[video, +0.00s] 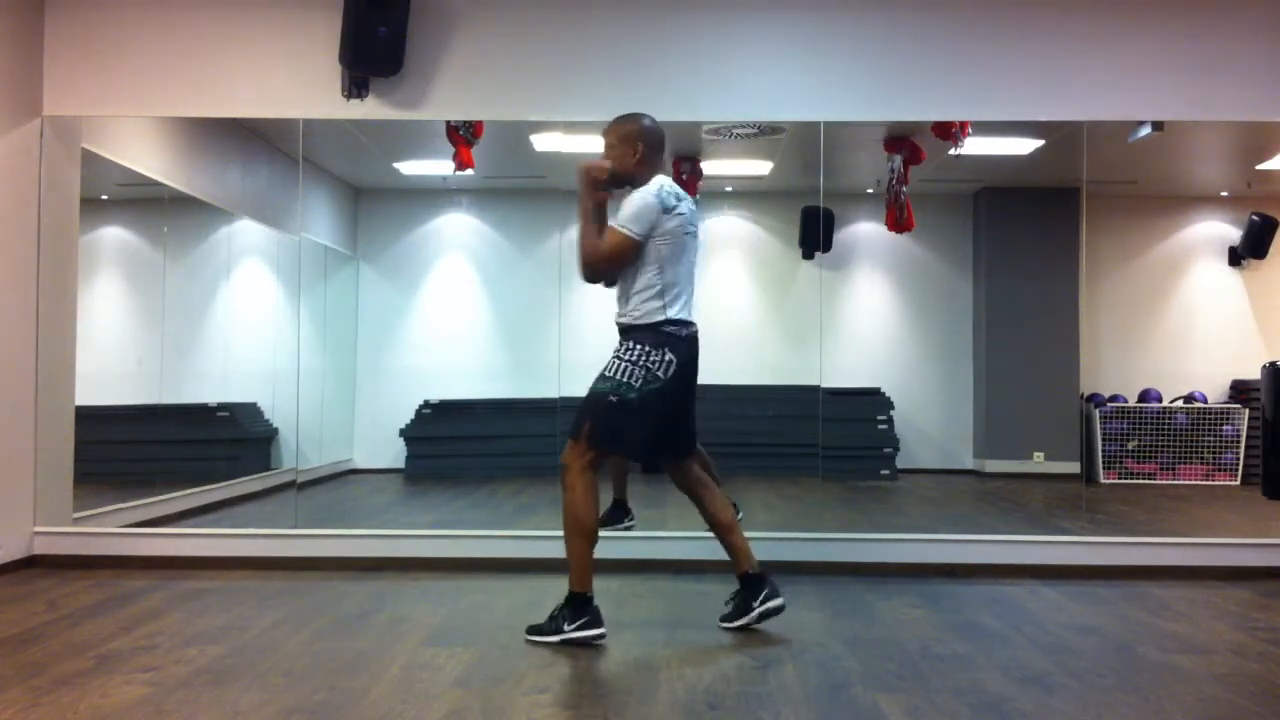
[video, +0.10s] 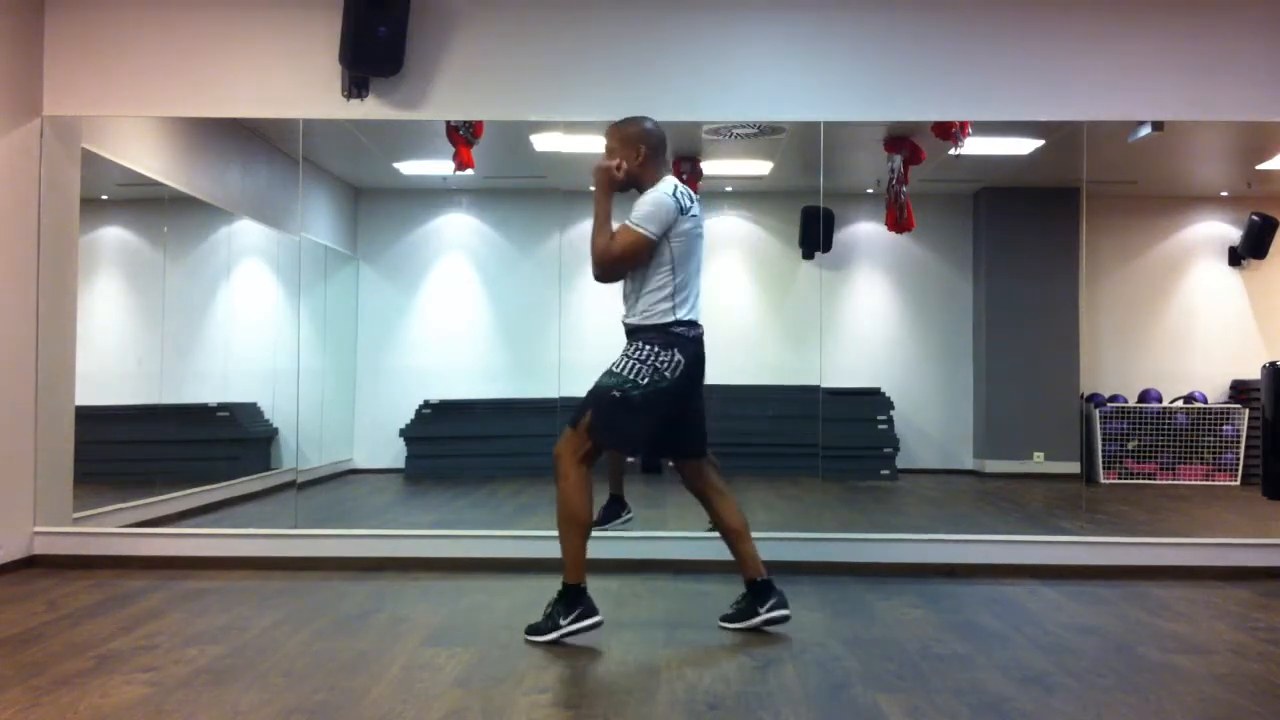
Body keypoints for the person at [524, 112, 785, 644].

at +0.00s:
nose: (604, 159)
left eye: (609, 149)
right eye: (605, 149)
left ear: (636, 151)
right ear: (649, 152)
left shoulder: (650, 197)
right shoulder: (672, 197)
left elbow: (593, 265)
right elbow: (603, 265)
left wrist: (590, 194)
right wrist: (597, 197)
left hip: (647, 347)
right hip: (673, 346)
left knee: (578, 460)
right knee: (684, 465)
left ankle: (579, 605)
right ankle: (753, 582)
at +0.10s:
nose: (610, 166)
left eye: (613, 156)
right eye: (610, 156)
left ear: (637, 156)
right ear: (653, 154)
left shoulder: (663, 198)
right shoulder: (675, 196)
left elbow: (604, 265)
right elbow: (612, 266)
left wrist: (603, 192)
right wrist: (607, 196)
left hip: (655, 349)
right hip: (677, 348)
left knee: (570, 455)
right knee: (698, 472)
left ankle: (573, 597)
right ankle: (761, 588)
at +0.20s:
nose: (612, 166)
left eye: (615, 157)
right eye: (612, 157)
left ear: (640, 156)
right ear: (660, 155)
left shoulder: (655, 200)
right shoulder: (690, 201)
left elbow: (600, 271)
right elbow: (624, 269)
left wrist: (603, 203)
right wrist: (616, 205)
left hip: (655, 350)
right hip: (685, 349)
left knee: (573, 460)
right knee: (708, 478)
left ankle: (576, 604)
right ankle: (764, 594)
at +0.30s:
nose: (609, 165)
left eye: (613, 155)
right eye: (610, 156)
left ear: (636, 153)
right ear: (660, 153)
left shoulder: (637, 199)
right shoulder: (698, 204)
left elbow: (576, 263)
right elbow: (665, 270)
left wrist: (571, 199)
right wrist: (610, 242)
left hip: (649, 350)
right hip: (685, 349)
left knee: (574, 463)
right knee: (695, 472)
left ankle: (579, 607)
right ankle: (755, 587)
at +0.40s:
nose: (598, 163)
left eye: (603, 153)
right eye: (599, 153)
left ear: (631, 152)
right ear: (646, 152)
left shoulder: (631, 194)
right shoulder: (690, 203)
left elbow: (566, 255)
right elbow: (646, 290)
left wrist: (543, 197)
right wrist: (599, 267)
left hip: (642, 350)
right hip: (673, 348)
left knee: (571, 464)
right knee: (670, 472)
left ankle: (578, 608)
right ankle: (745, 577)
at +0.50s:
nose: (591, 162)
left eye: (595, 151)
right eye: (590, 152)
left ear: (626, 149)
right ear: (630, 149)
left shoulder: (652, 192)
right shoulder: (635, 196)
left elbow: (590, 253)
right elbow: (593, 260)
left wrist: (574, 189)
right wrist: (582, 193)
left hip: (643, 349)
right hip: (636, 348)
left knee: (573, 463)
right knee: (643, 474)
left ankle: (580, 609)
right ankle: (739, 565)